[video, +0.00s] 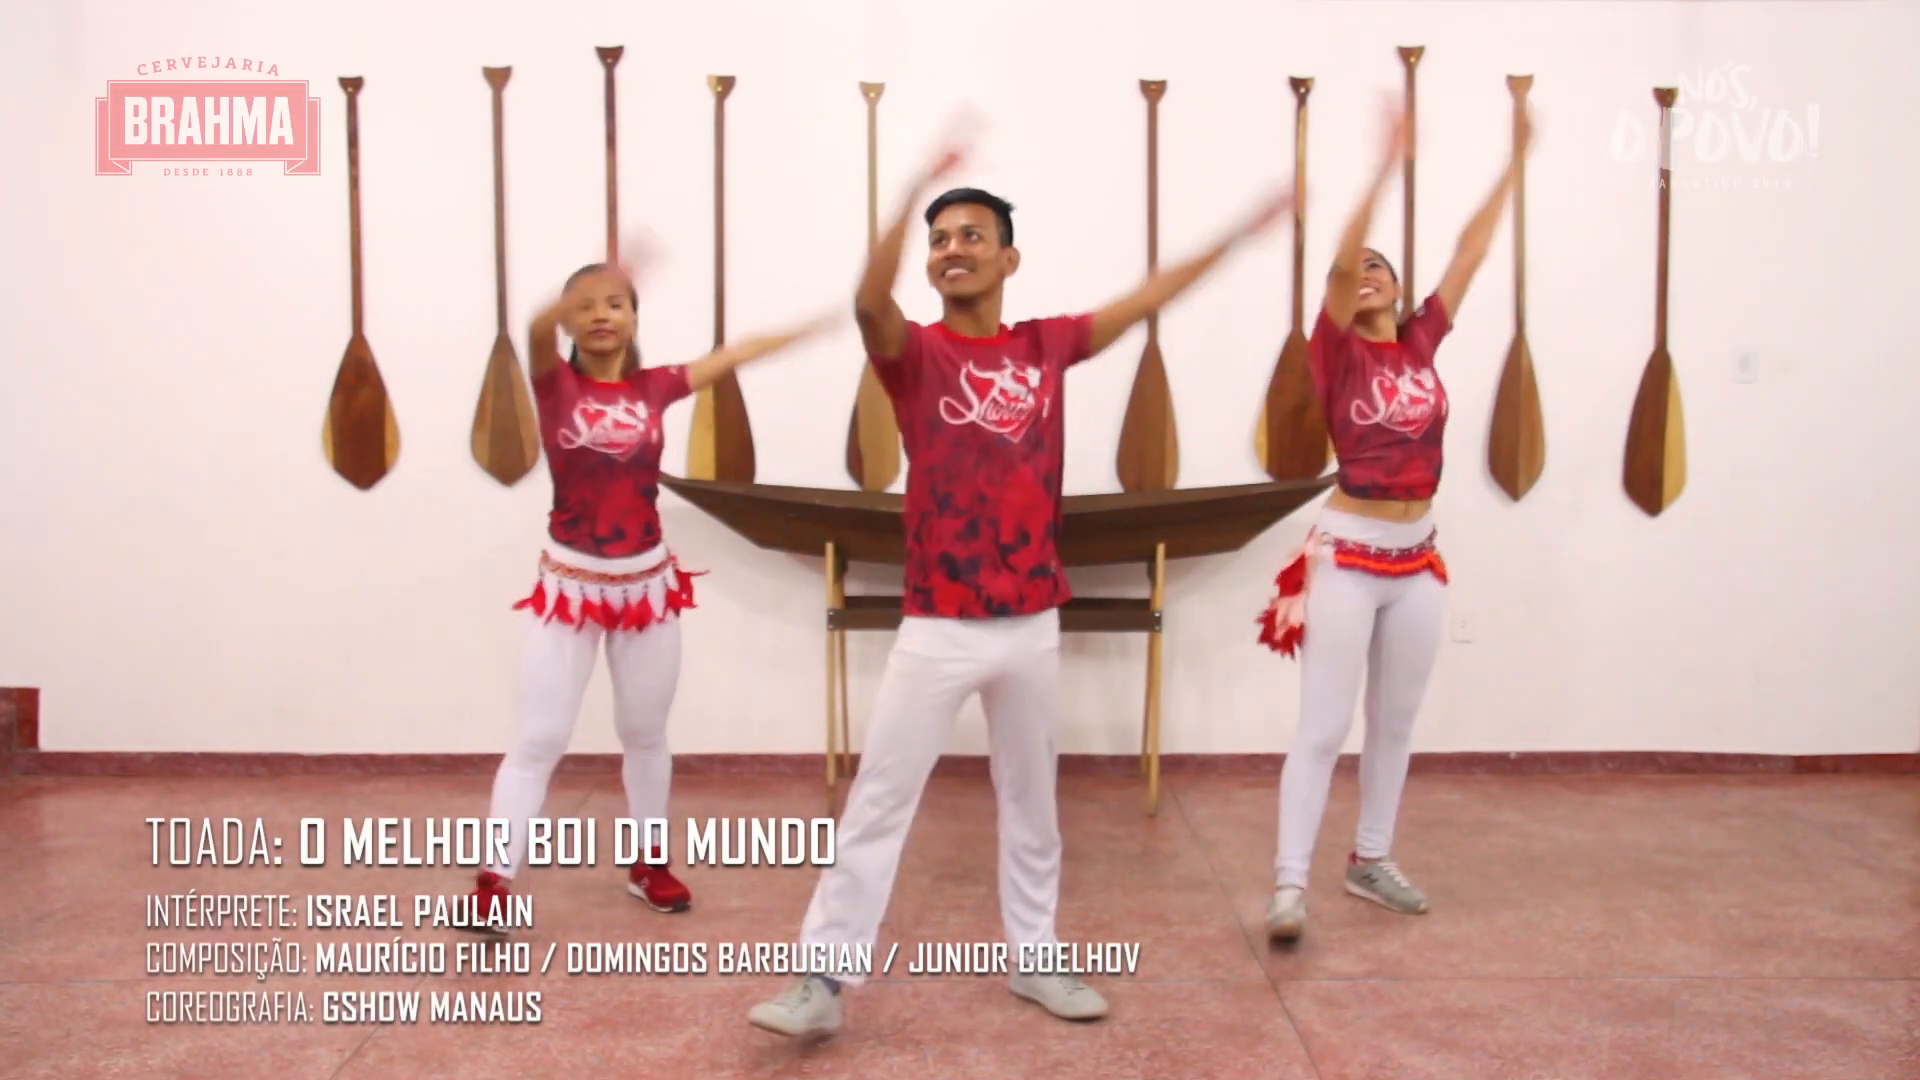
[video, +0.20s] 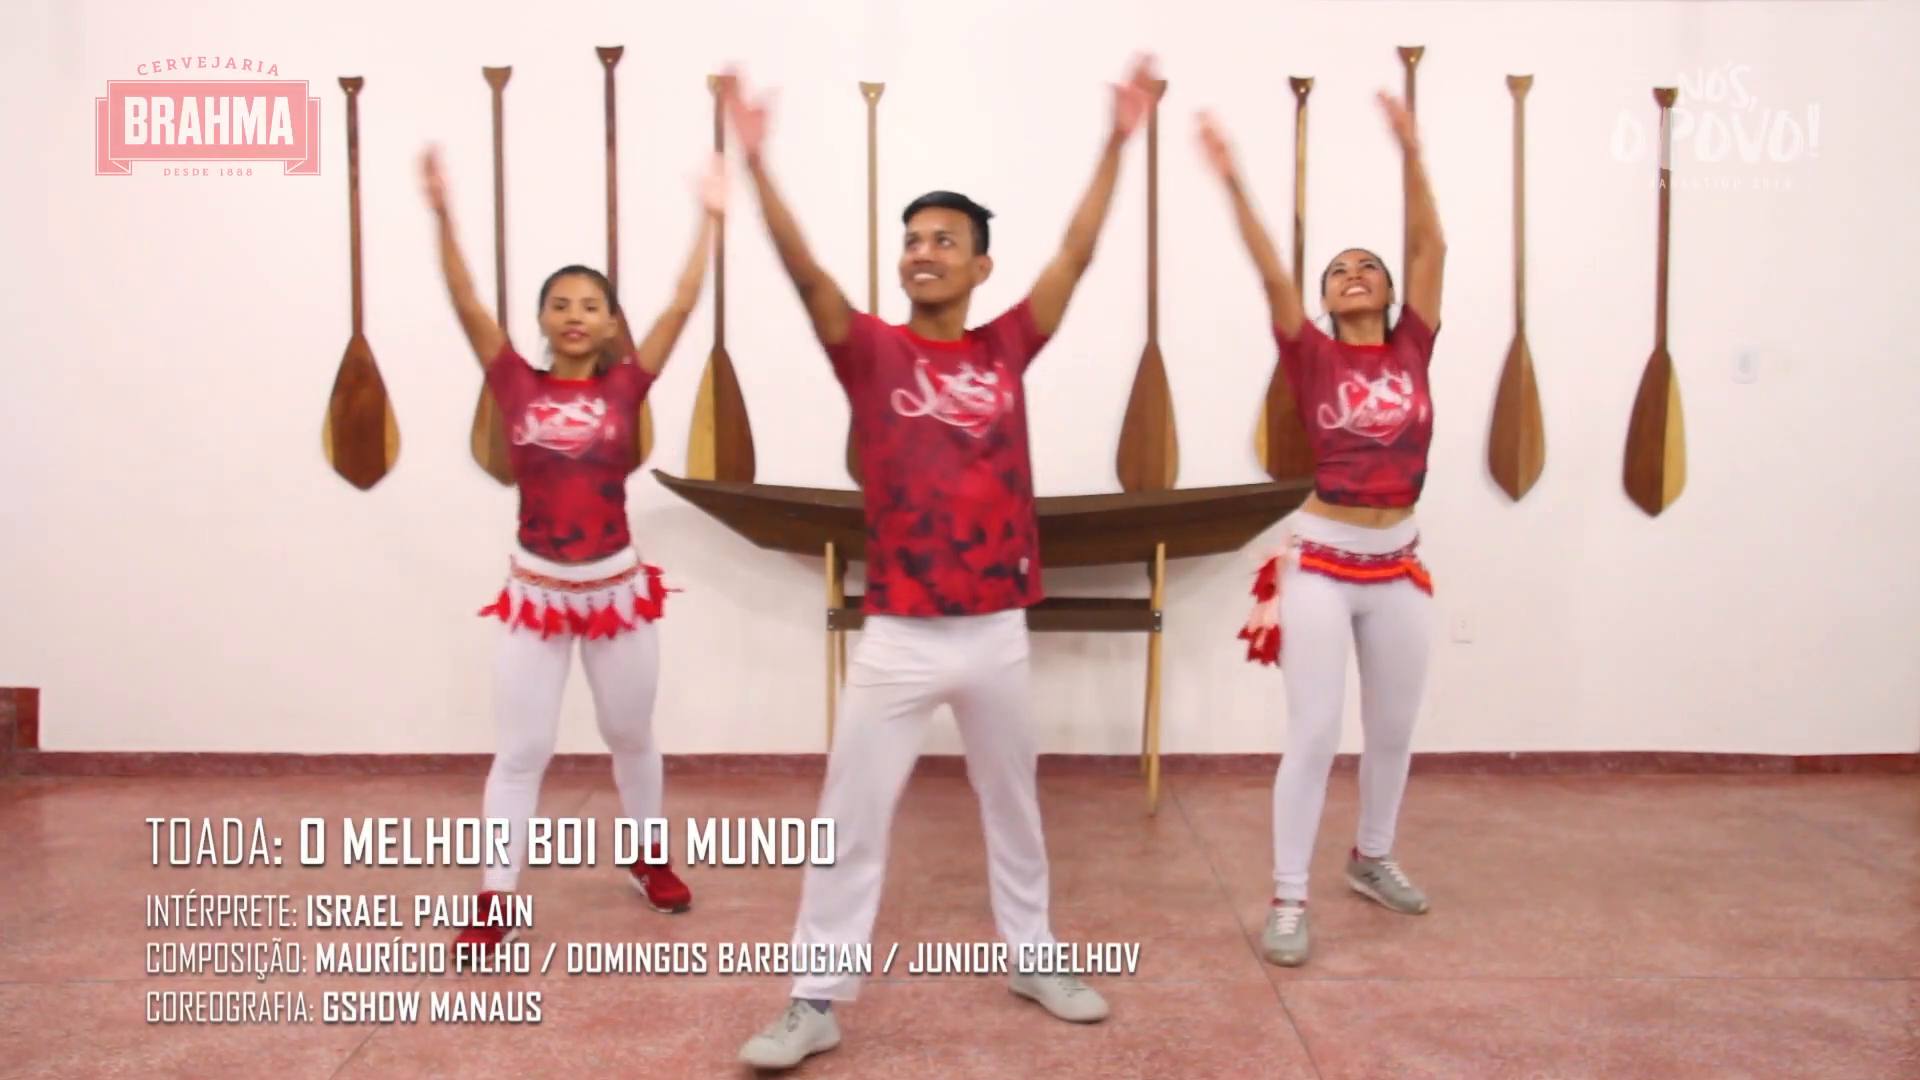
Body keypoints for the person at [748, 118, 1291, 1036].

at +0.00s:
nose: (954, 248)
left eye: (973, 235)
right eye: (942, 238)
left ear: (1009, 258)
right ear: (929, 265)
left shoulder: (1043, 344)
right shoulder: (914, 352)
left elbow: (1147, 297)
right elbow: (872, 301)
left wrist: (1239, 233)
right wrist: (906, 206)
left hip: (1029, 623)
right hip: (935, 624)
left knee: (1033, 803)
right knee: (878, 798)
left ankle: (1035, 958)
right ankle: (819, 975)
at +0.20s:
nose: (922, 254)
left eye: (943, 242)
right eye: (912, 243)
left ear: (981, 265)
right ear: (899, 261)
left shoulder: (1006, 348)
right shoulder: (869, 349)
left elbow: (1077, 249)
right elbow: (803, 270)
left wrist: (1120, 138)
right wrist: (757, 163)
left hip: (994, 627)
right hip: (896, 630)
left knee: (1014, 805)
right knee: (850, 817)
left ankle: (1033, 956)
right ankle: (816, 998)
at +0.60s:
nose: (854, 241)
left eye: (874, 230)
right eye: (843, 226)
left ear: (909, 250)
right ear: (824, 242)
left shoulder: (928, 343)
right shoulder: (773, 338)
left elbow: (985, 245)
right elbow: (642, 287)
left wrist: (940, 136)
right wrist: (525, 234)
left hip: (892, 631)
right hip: (791, 632)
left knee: (950, 808)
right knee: (783, 831)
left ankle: (1017, 959)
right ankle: (807, 1005)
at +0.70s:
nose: (844, 242)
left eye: (867, 230)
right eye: (833, 227)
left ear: (902, 251)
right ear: (814, 243)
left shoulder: (923, 347)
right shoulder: (767, 337)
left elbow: (981, 251)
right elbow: (638, 313)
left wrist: (902, 160)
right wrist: (501, 276)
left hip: (877, 635)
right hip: (779, 634)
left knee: (895, 812)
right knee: (786, 833)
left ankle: (941, 965)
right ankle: (806, 1010)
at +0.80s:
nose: (839, 249)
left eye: (862, 235)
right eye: (826, 234)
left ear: (895, 255)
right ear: (810, 250)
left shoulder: (918, 352)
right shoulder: (767, 346)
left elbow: (974, 259)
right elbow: (645, 338)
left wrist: (872, 182)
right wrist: (516, 316)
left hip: (866, 641)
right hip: (772, 639)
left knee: (861, 828)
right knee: (780, 837)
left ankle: (886, 992)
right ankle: (803, 1008)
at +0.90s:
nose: (837, 250)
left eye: (859, 236)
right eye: (823, 236)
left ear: (893, 256)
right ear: (805, 254)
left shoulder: (916, 351)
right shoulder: (766, 351)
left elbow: (966, 249)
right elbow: (643, 342)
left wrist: (860, 173)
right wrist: (514, 324)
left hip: (859, 640)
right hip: (765, 637)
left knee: (851, 830)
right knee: (774, 836)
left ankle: (871, 986)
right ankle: (802, 1007)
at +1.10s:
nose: (835, 255)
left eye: (854, 240)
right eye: (819, 237)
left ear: (882, 256)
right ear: (795, 250)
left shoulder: (905, 351)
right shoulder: (752, 351)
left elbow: (952, 247)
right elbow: (636, 301)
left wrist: (870, 137)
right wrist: (528, 240)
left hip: (865, 650)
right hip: (765, 646)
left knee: (875, 835)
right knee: (768, 842)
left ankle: (867, 988)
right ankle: (797, 1010)